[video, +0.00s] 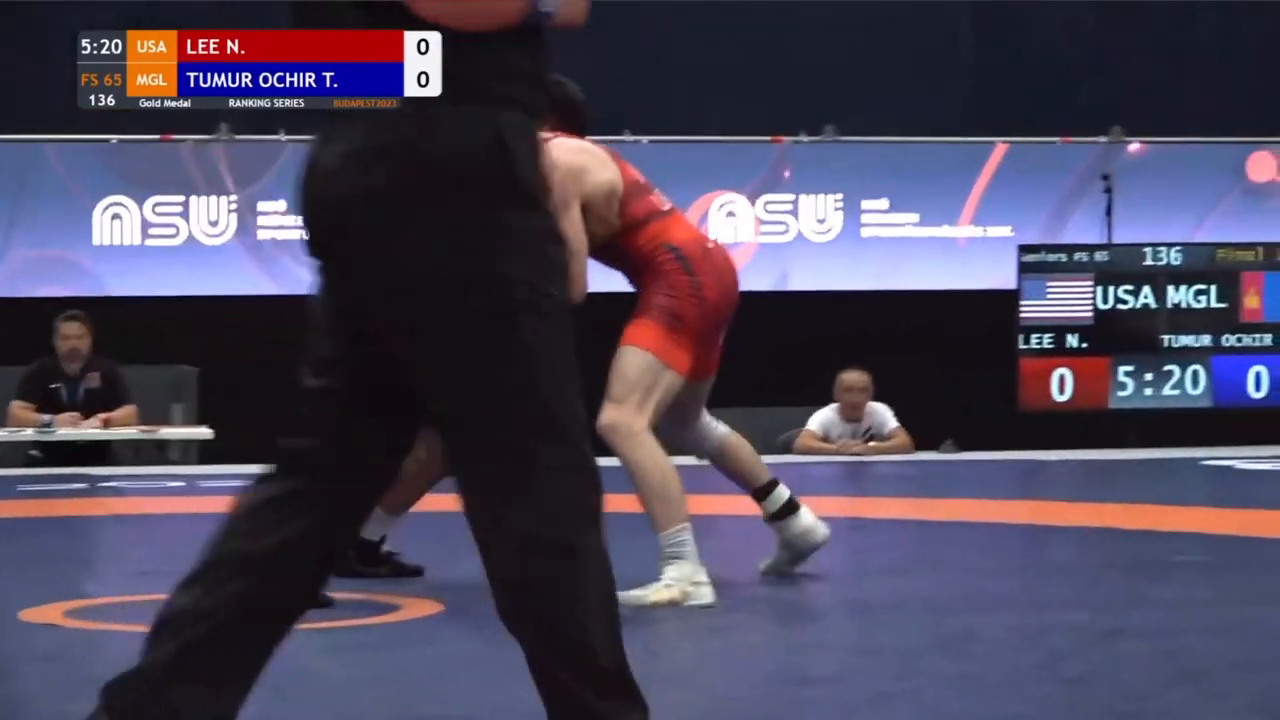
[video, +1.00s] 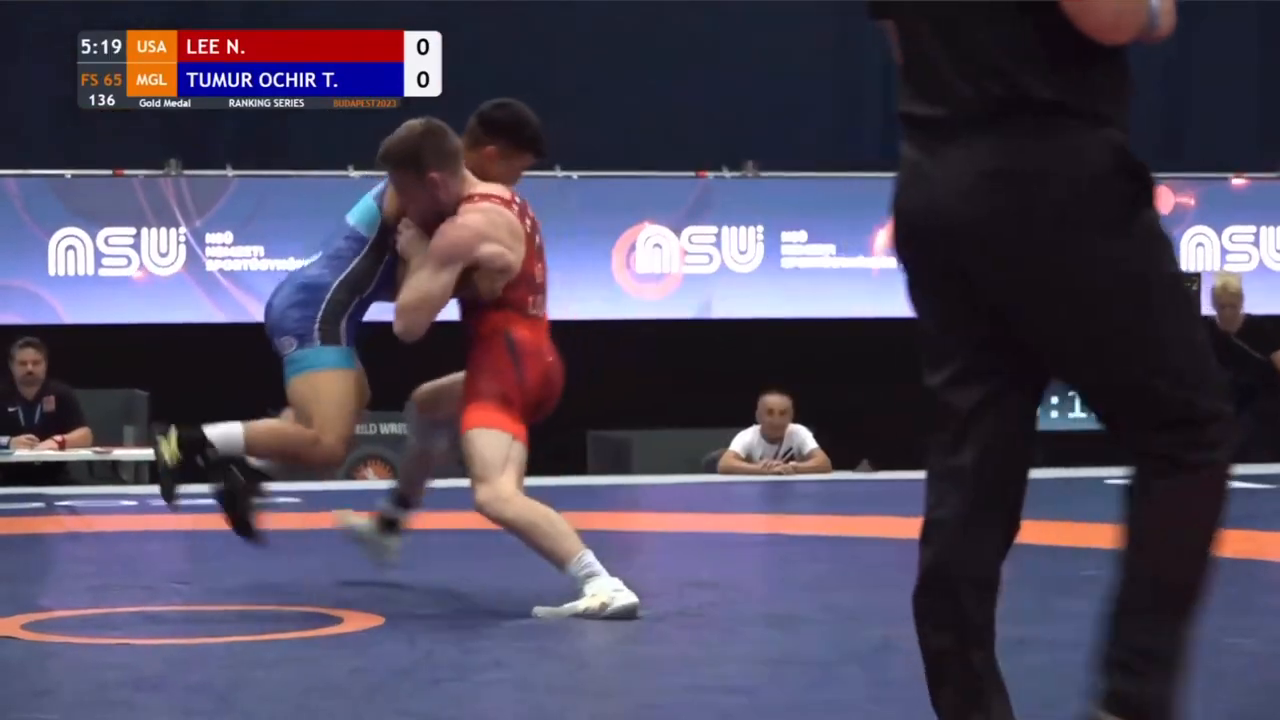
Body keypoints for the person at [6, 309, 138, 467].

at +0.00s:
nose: (73, 345)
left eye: (79, 338)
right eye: (65, 338)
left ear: (90, 340)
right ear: (55, 342)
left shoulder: (107, 371)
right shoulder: (40, 372)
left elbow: (131, 415)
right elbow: (15, 415)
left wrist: (102, 420)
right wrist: (52, 421)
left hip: (97, 456)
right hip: (49, 457)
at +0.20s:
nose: (28, 357)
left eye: (35, 351)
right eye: (21, 351)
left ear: (45, 353)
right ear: (9, 354)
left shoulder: (62, 383)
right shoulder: (4, 386)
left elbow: (86, 428)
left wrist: (55, 433)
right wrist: (7, 434)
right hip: (8, 473)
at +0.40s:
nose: (13, 364)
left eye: (20, 358)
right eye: (6, 358)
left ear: (30, 361)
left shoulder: (46, 390)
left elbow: (72, 434)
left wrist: (40, 440)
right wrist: (1, 440)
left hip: (38, 477)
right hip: (3, 478)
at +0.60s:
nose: (21, 366)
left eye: (27, 360)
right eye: (14, 361)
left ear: (37, 363)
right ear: (3, 364)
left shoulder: (53, 392)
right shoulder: (3, 395)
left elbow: (77, 434)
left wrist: (48, 439)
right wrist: (3, 441)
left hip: (46, 476)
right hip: (6, 477)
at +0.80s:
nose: (28, 368)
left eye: (35, 362)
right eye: (22, 363)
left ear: (45, 364)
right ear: (10, 365)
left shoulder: (59, 393)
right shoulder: (4, 396)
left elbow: (84, 435)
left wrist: (55, 440)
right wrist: (8, 441)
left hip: (52, 479)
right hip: (9, 480)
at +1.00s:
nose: (29, 370)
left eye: (36, 363)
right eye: (22, 364)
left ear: (46, 365)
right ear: (11, 366)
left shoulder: (61, 394)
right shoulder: (4, 398)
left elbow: (85, 436)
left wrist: (56, 442)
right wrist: (8, 443)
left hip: (53, 478)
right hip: (10, 480)